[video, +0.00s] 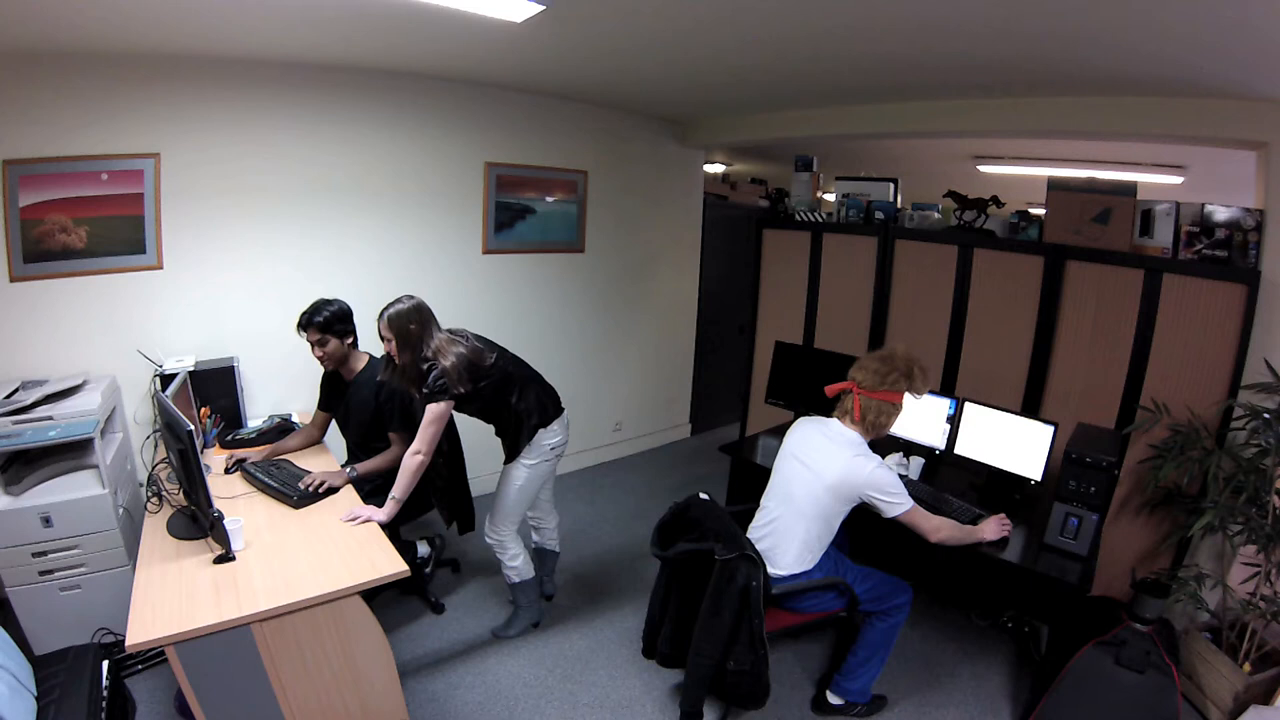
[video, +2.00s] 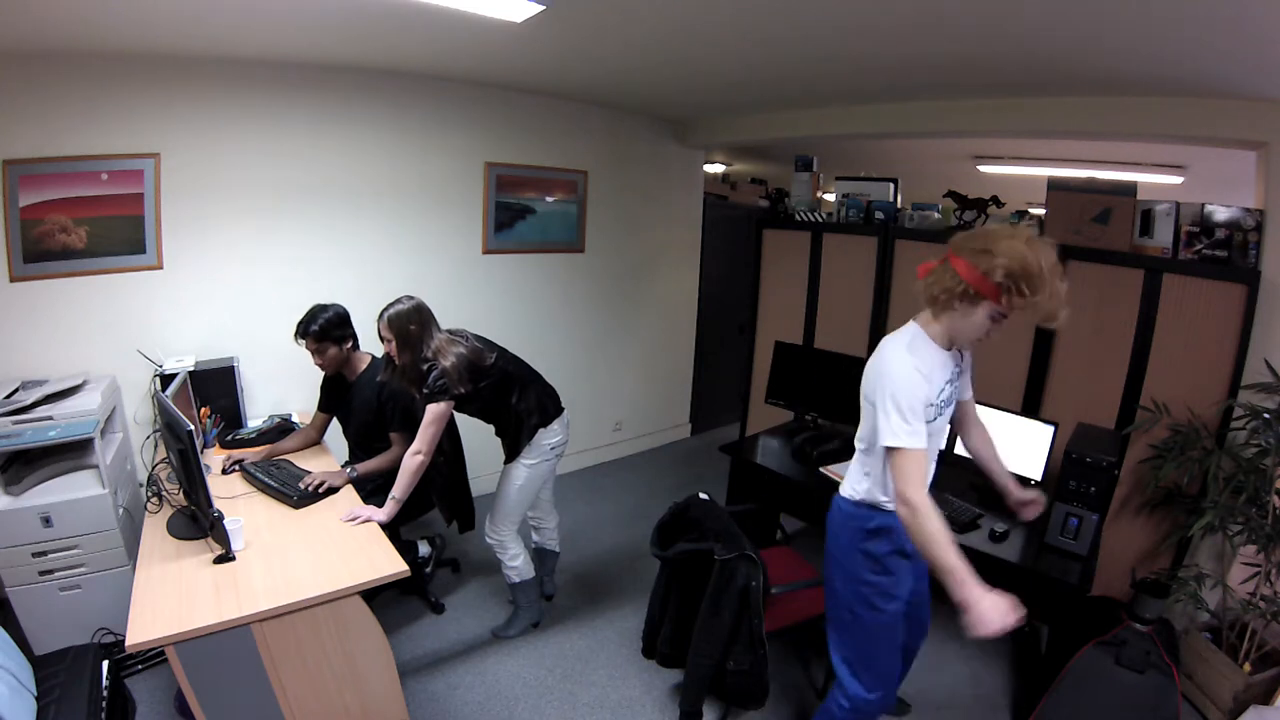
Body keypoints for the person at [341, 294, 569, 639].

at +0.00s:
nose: (387, 349)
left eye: (389, 340)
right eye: (384, 340)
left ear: (411, 337)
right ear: (420, 330)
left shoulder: (443, 369)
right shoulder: (450, 340)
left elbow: (420, 452)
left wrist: (388, 509)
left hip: (538, 434)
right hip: (547, 421)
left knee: (500, 531)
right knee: (541, 507)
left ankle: (528, 607)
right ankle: (545, 580)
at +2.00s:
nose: (387, 349)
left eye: (389, 341)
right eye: (384, 341)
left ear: (410, 338)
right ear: (420, 331)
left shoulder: (444, 369)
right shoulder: (450, 340)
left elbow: (420, 452)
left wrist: (388, 509)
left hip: (538, 433)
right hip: (547, 421)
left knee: (500, 530)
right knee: (541, 507)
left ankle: (528, 607)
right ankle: (546, 581)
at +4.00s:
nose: (386, 346)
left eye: (389, 338)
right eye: (384, 338)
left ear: (411, 337)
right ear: (422, 330)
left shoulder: (443, 370)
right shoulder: (450, 340)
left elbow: (420, 452)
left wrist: (388, 509)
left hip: (538, 433)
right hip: (547, 420)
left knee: (500, 530)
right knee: (541, 507)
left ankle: (528, 607)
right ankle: (546, 581)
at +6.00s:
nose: (389, 324)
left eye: (395, 318)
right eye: (392, 316)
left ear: (416, 327)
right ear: (429, 324)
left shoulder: (445, 366)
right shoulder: (451, 343)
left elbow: (420, 451)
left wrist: (388, 510)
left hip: (538, 431)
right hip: (544, 419)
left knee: (501, 529)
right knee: (541, 506)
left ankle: (527, 609)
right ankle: (545, 580)